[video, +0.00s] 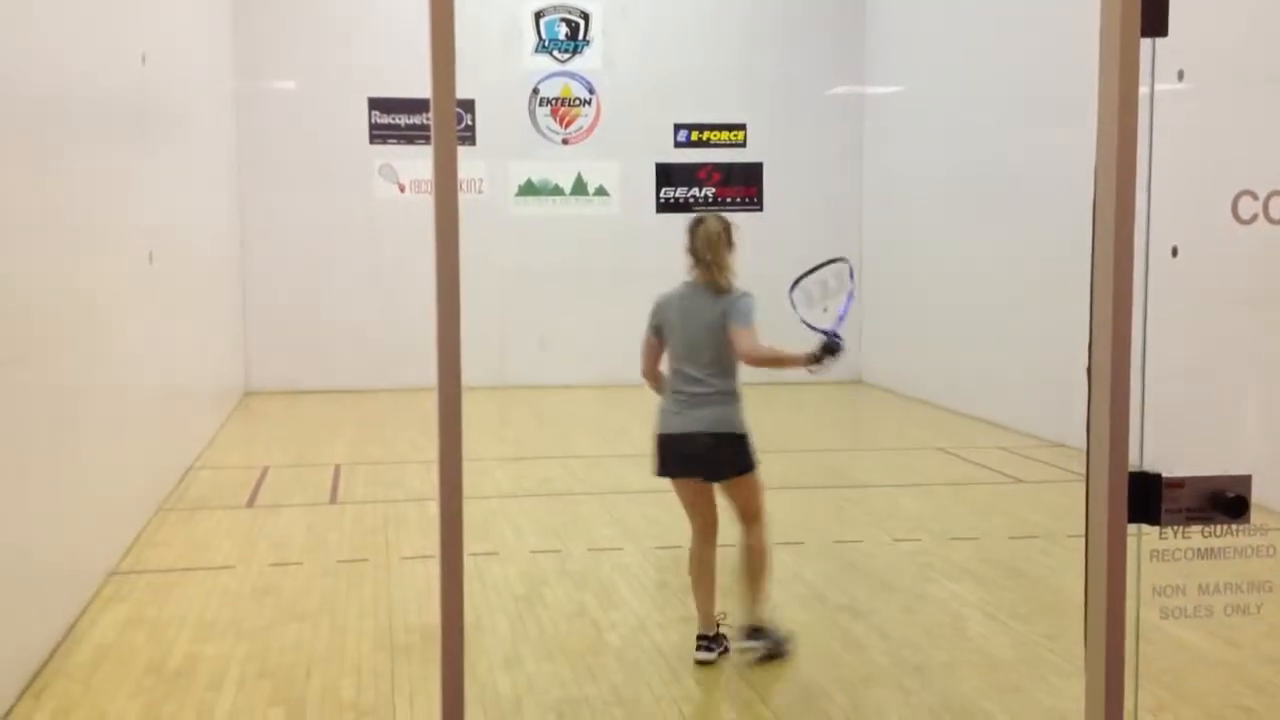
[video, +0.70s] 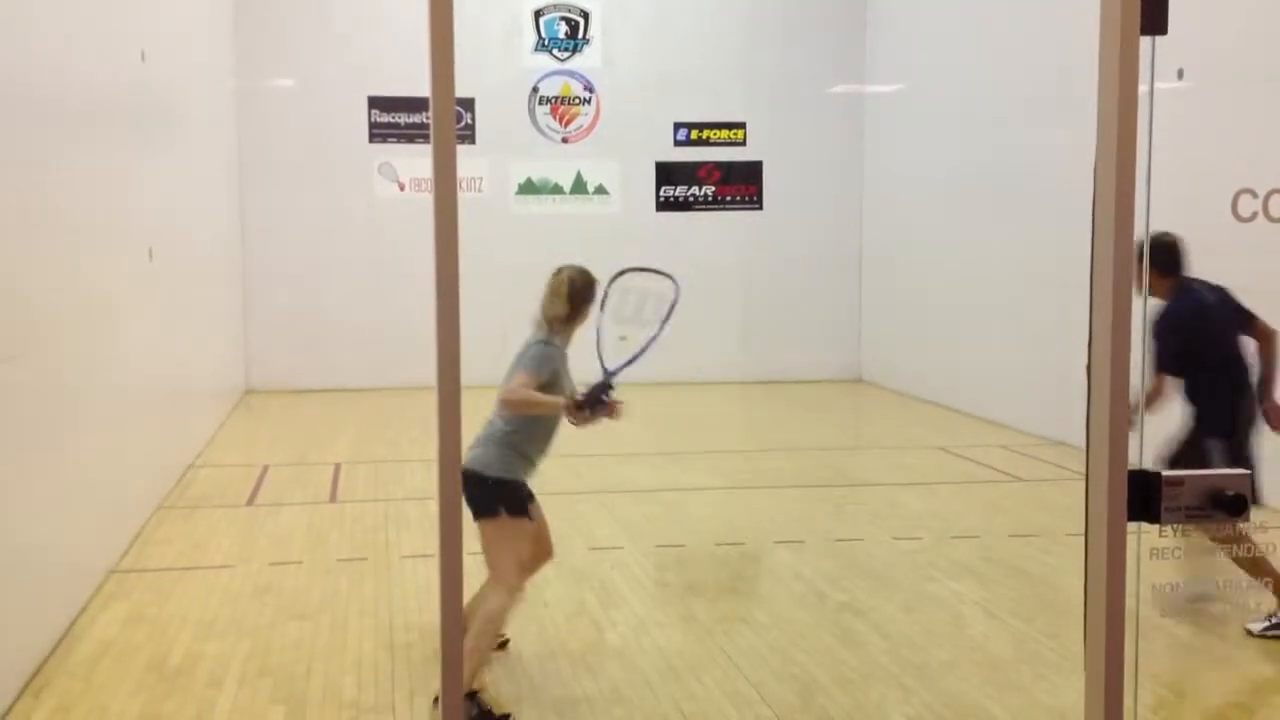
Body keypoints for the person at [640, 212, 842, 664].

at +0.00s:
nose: (734, 251)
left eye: (729, 242)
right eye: (732, 244)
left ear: (690, 250)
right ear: (727, 249)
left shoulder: (668, 302)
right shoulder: (734, 300)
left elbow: (649, 369)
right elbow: (749, 352)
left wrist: (677, 395)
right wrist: (806, 358)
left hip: (675, 436)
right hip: (723, 435)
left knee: (702, 529)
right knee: (752, 519)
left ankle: (707, 634)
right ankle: (754, 622)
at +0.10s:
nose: (722, 251)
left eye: (718, 242)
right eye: (719, 243)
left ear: (676, 249)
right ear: (711, 249)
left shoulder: (651, 300)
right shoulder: (711, 297)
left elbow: (635, 369)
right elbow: (713, 346)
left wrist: (671, 388)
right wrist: (776, 351)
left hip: (647, 434)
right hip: (686, 436)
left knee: (692, 535)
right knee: (711, 537)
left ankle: (701, 631)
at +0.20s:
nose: (706, 272)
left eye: (701, 263)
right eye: (704, 264)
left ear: (659, 268)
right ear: (697, 268)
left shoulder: (635, 316)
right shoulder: (688, 312)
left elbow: (619, 383)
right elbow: (681, 364)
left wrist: (656, 432)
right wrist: (743, 370)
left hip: (620, 443)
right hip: (650, 448)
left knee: (679, 524)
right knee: (658, 566)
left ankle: (693, 627)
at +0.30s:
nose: (682, 283)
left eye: (679, 274)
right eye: (681, 275)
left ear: (639, 278)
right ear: (676, 279)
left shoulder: (620, 327)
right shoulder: (659, 324)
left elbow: (613, 402)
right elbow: (645, 378)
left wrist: (661, 452)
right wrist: (706, 390)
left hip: (587, 452)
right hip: (607, 459)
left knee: (656, 523)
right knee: (648, 569)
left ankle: (649, 627)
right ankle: (605, 685)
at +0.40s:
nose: (662, 270)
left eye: (658, 262)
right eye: (661, 263)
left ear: (620, 263)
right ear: (655, 268)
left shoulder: (612, 313)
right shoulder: (628, 316)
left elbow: (617, 390)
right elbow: (600, 367)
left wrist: (660, 434)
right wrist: (657, 385)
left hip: (571, 440)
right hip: (568, 445)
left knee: (620, 527)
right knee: (603, 549)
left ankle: (580, 621)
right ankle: (599, 676)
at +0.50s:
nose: (633, 276)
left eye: (632, 268)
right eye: (632, 268)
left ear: (595, 268)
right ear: (624, 272)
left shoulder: (599, 320)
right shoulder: (595, 318)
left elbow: (591, 388)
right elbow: (563, 364)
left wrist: (641, 416)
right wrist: (618, 385)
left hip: (548, 446)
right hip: (537, 448)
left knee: (584, 540)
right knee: (570, 563)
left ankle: (522, 613)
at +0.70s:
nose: (590, 312)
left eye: (589, 303)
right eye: (591, 303)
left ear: (552, 299)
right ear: (586, 309)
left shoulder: (554, 352)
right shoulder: (543, 349)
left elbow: (568, 412)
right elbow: (510, 396)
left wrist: (594, 409)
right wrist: (567, 405)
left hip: (507, 474)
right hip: (491, 475)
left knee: (538, 551)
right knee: (507, 580)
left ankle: (473, 621)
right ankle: (459, 691)